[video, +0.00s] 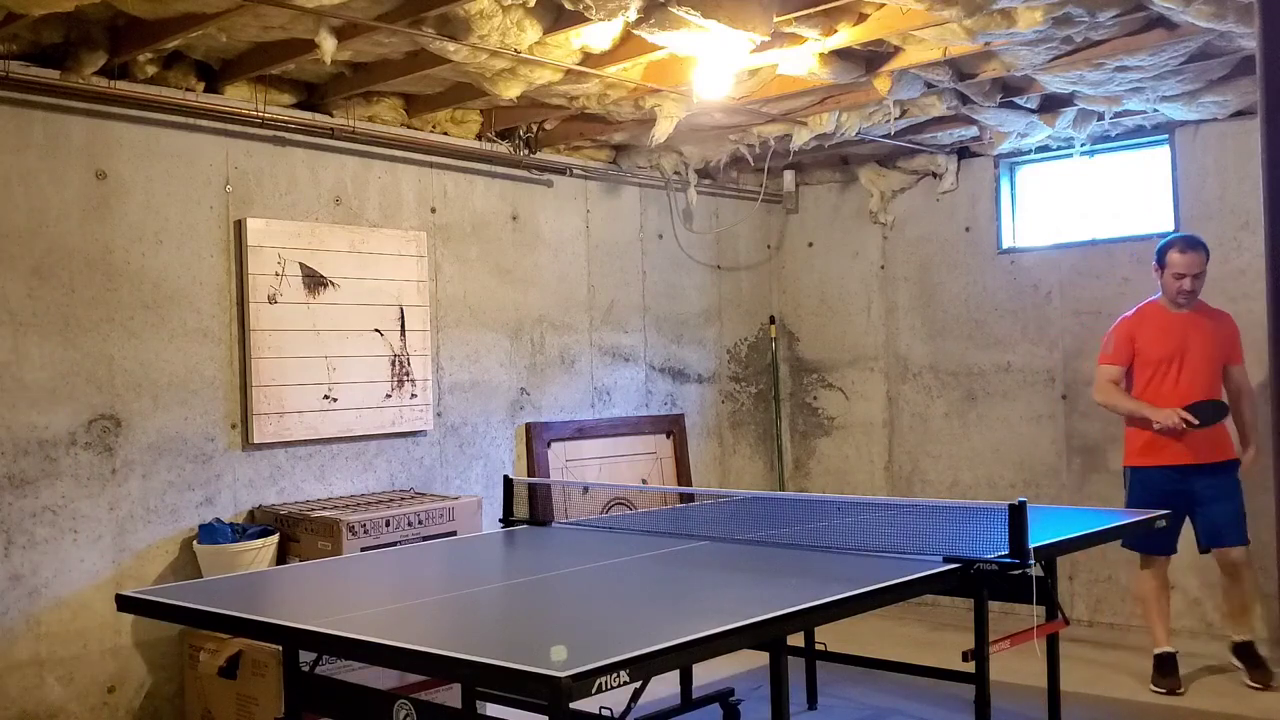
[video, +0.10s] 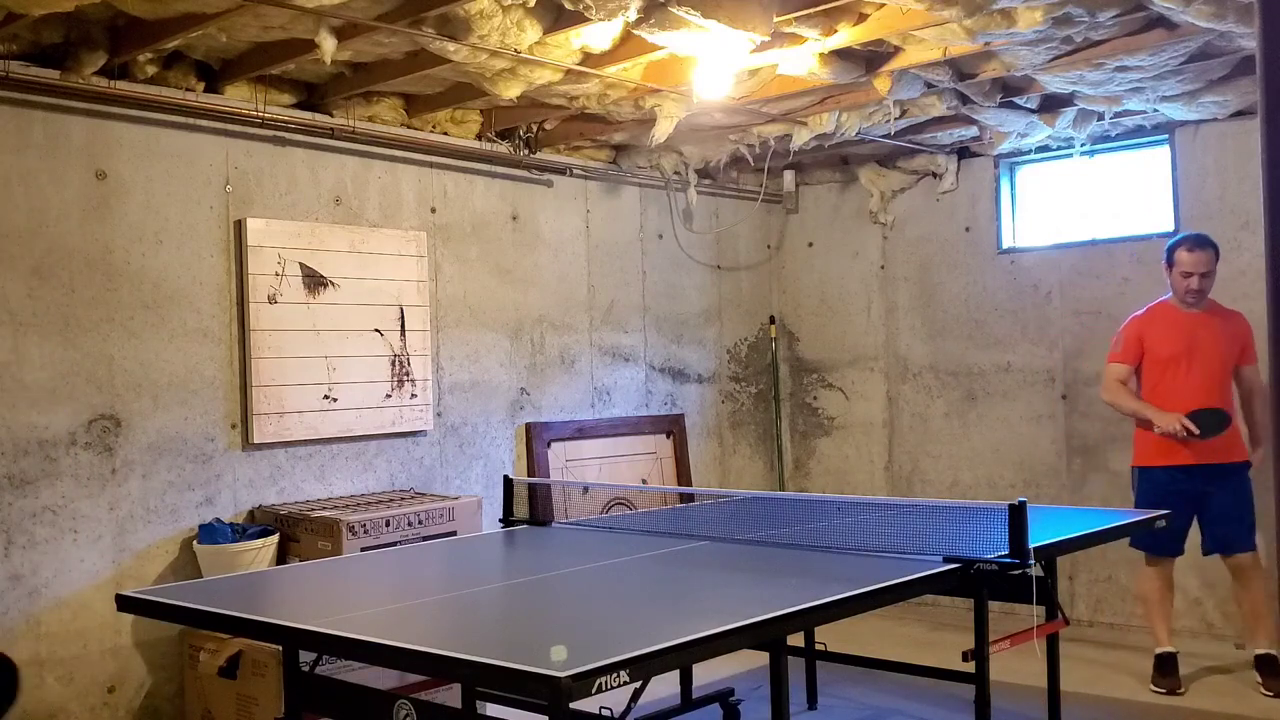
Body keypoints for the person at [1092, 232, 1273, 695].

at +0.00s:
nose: (1188, 284)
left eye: (1196, 275)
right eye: (1179, 275)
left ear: (1205, 273)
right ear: (1159, 272)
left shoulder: (1221, 324)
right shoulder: (1131, 326)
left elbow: (1239, 389)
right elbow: (1103, 391)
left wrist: (1249, 442)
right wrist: (1151, 412)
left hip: (1216, 465)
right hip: (1153, 468)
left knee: (1235, 557)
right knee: (1153, 561)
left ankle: (1244, 644)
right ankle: (1163, 654)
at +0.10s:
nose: (1195, 283)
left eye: (1204, 274)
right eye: (1186, 274)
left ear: (1215, 272)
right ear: (1169, 270)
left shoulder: (1235, 325)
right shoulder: (1141, 324)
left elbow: (1251, 387)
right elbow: (1111, 389)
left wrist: (1258, 440)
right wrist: (1156, 415)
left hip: (1225, 465)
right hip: (1161, 466)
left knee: (1243, 558)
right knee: (1157, 560)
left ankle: (1266, 655)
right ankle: (1164, 654)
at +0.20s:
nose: (1201, 279)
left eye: (1211, 270)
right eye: (1192, 270)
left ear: (1225, 268)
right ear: (1180, 267)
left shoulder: (1250, 323)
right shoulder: (1152, 320)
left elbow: (1271, 385)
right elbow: (1126, 384)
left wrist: (1270, 440)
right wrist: (1155, 428)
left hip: (1238, 462)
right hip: (1172, 462)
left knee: (1251, 558)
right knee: (1166, 559)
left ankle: (1266, 655)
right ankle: (1165, 655)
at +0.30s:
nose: (1209, 274)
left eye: (1219, 266)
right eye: (1201, 266)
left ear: (1236, 266)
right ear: (1190, 266)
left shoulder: (1261, 321)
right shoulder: (1164, 318)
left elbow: (1276, 383)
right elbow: (1138, 384)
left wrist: (1273, 440)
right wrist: (1152, 446)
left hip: (1249, 460)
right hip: (1184, 463)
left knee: (1259, 557)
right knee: (1176, 559)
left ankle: (1268, 655)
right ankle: (1167, 656)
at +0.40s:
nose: (1217, 273)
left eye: (1228, 264)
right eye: (1209, 265)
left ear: (1247, 267)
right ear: (1200, 267)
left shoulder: (1267, 319)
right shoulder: (1175, 319)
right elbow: (1144, 384)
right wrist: (1143, 454)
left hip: (1258, 461)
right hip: (1190, 461)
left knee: (1266, 557)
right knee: (1180, 559)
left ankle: (1271, 654)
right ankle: (1168, 655)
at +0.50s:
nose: (1223, 271)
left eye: (1234, 262)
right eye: (1216, 263)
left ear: (1255, 266)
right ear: (1208, 266)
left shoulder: (1269, 317)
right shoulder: (1183, 319)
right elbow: (1152, 384)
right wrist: (1137, 448)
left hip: (1260, 461)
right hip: (1194, 460)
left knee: (1270, 559)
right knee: (1184, 556)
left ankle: (1271, 655)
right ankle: (1171, 655)